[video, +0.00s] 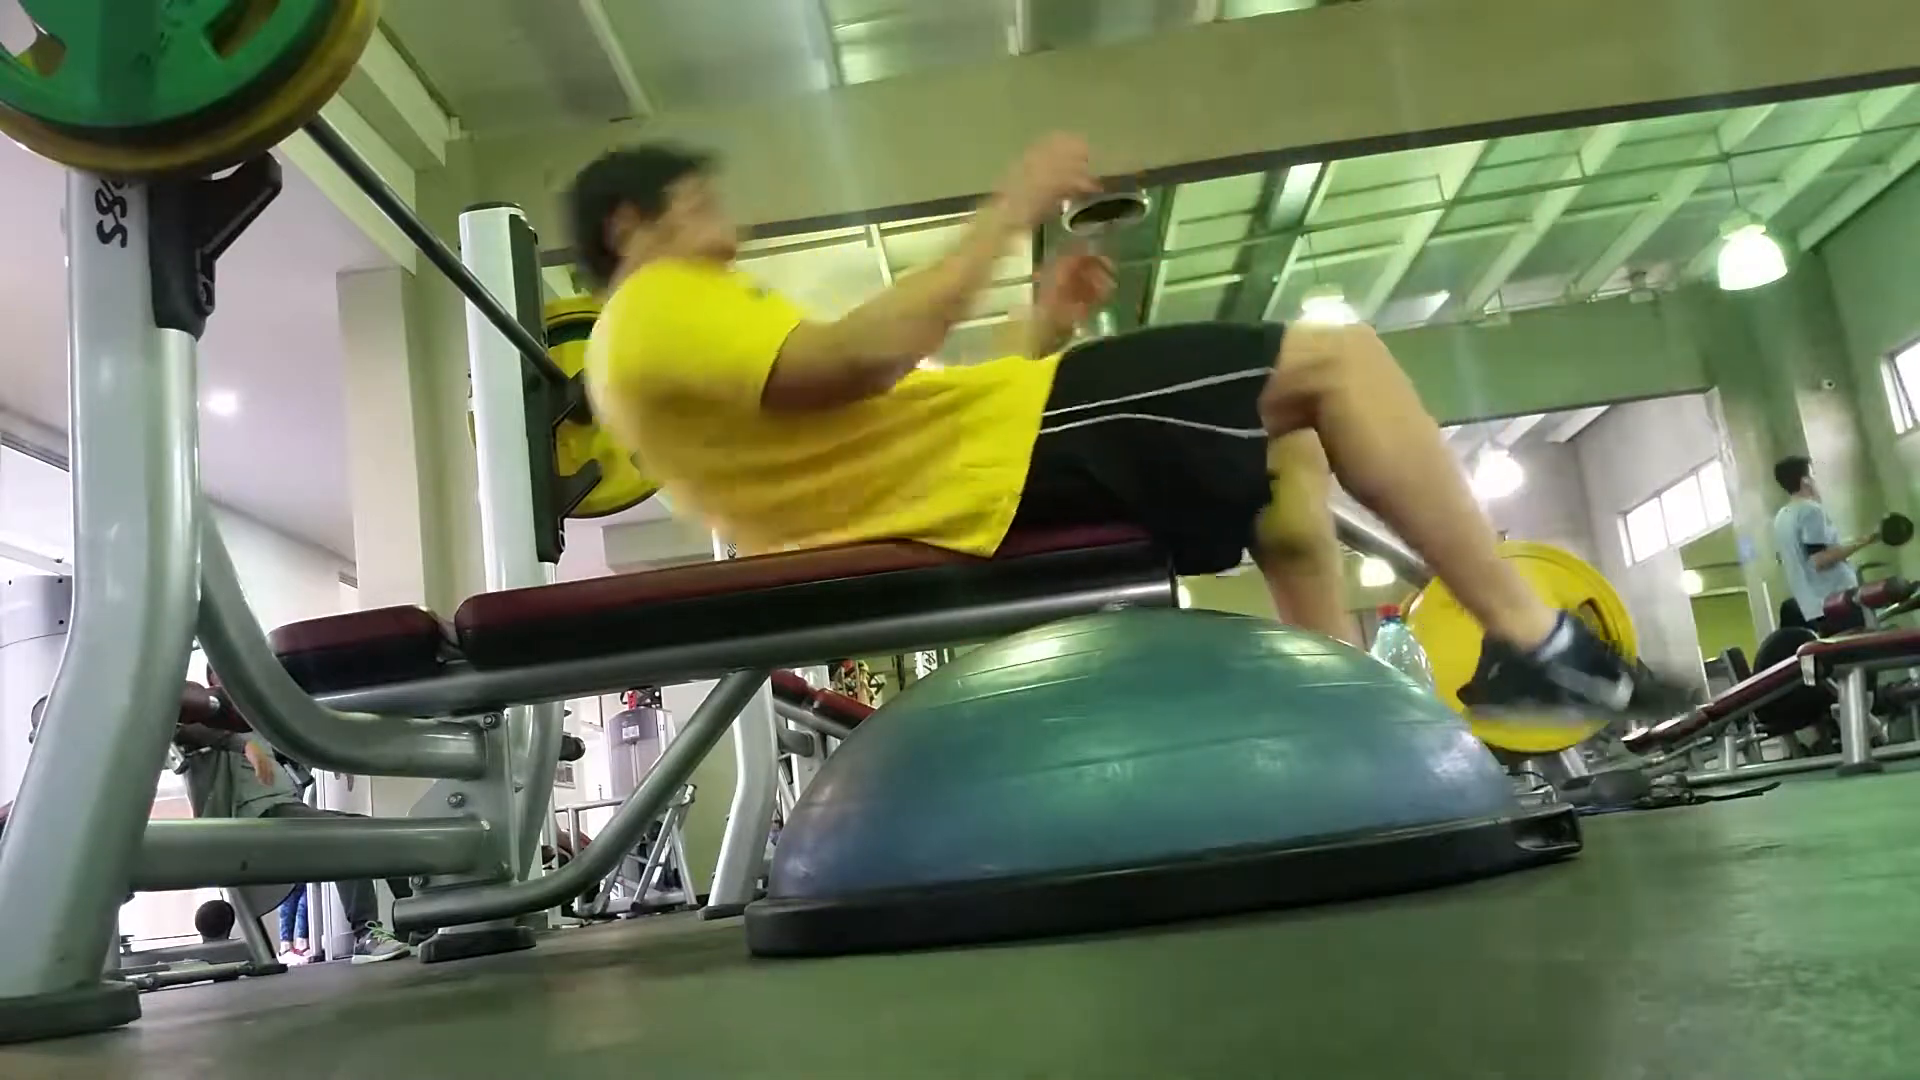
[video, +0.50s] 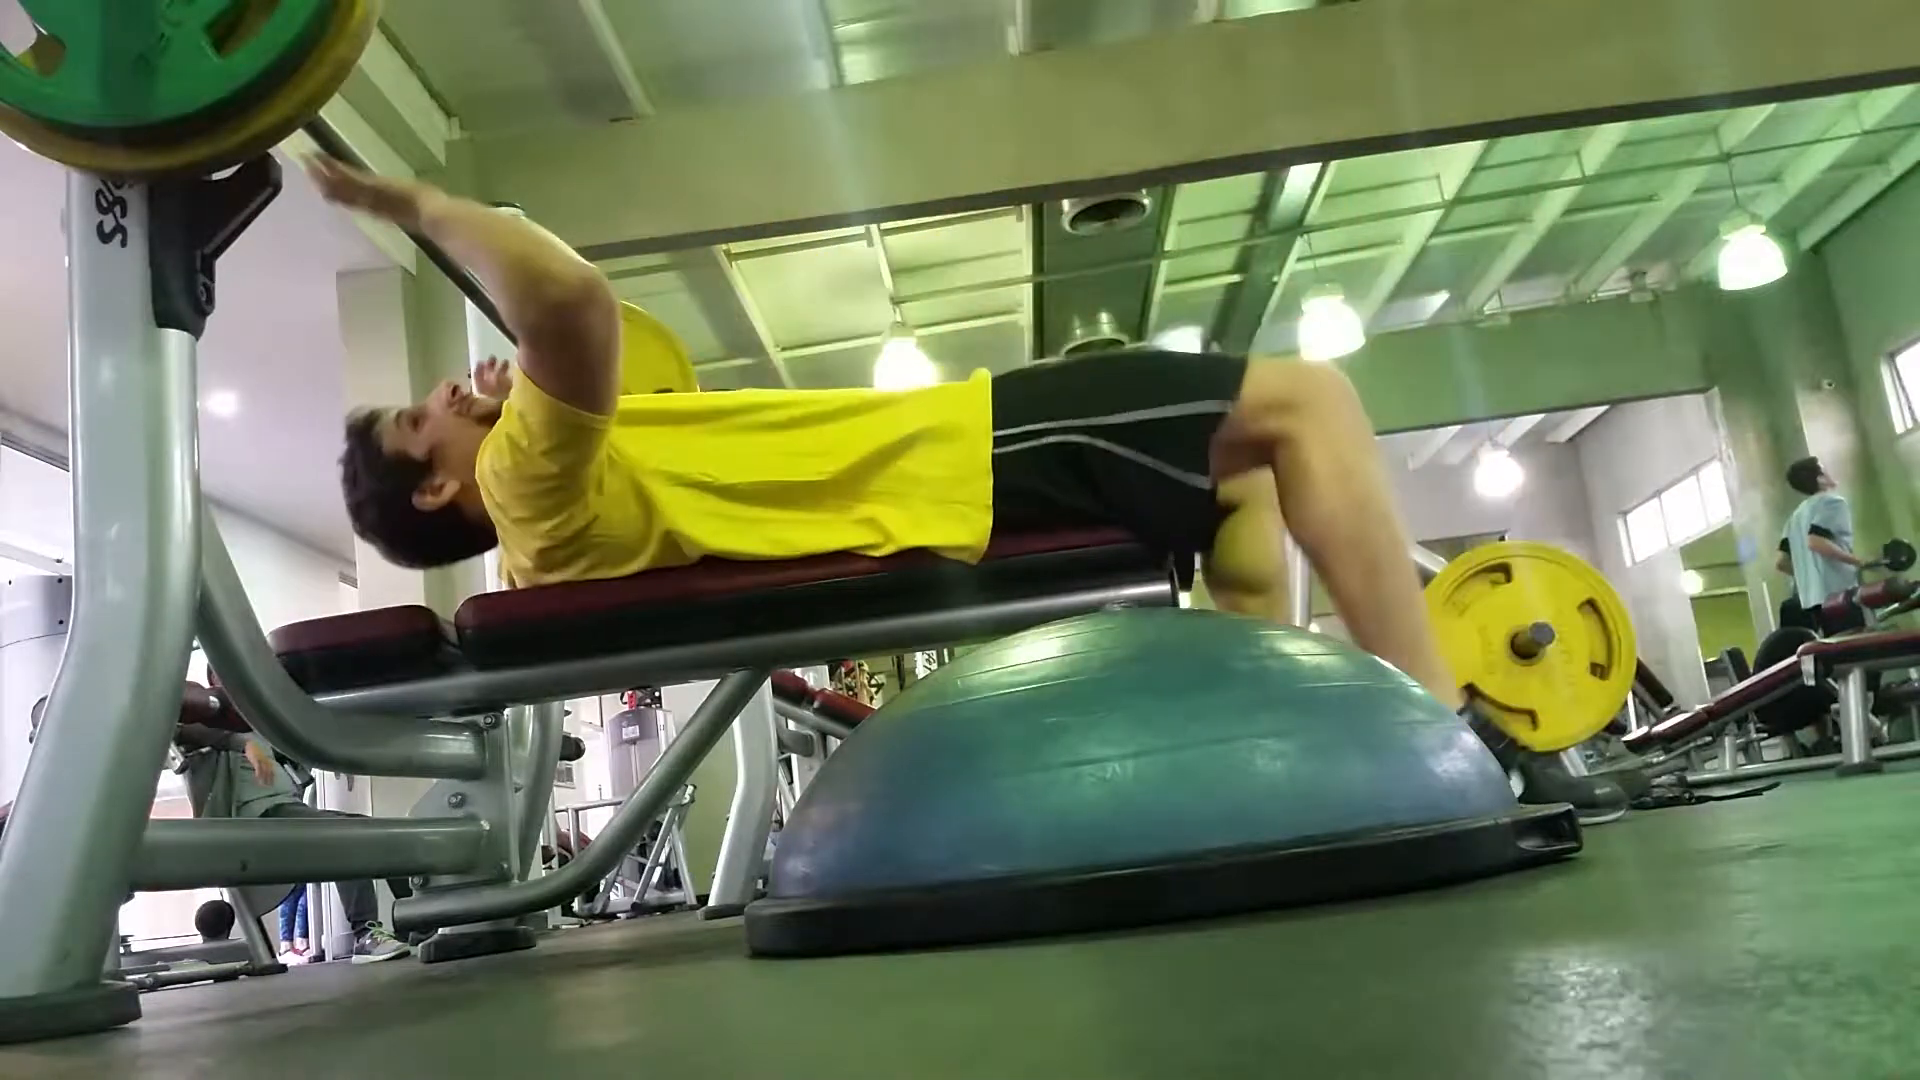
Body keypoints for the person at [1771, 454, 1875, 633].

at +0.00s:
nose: (1816, 479)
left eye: (1813, 474)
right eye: (1812, 474)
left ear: (1786, 485)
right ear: (1804, 481)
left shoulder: (1782, 516)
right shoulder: (1810, 511)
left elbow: (1783, 560)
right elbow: (1819, 559)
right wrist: (1861, 542)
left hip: (1813, 609)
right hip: (1837, 606)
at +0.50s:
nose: (1829, 473)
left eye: (1824, 469)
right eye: (1823, 470)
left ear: (1802, 486)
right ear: (1818, 477)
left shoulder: (1794, 517)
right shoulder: (1832, 502)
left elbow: (1782, 563)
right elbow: (1815, 541)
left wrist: (1811, 575)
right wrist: (1857, 561)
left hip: (1812, 603)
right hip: (1840, 598)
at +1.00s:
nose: (1811, 489)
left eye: (1811, 482)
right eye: (1809, 482)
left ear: (1782, 484)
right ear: (1797, 481)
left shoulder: (1770, 520)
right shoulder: (1805, 513)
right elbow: (1835, 558)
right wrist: (1867, 531)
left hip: (1810, 608)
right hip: (1837, 601)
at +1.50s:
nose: (1814, 491)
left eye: (1815, 486)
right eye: (1809, 486)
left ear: (1790, 486)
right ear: (1790, 486)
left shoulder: (1770, 522)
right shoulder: (1804, 516)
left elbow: (1777, 564)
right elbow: (1823, 561)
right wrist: (1847, 531)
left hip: (1805, 612)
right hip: (1835, 606)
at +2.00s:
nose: (1826, 491)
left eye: (1827, 486)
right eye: (1821, 485)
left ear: (1801, 483)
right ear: (1802, 482)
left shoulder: (1777, 518)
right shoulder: (1811, 510)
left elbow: (1773, 571)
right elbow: (1805, 556)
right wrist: (1853, 564)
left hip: (1801, 615)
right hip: (1831, 609)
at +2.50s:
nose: (1814, 498)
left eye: (1815, 492)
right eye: (1813, 492)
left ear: (1783, 489)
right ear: (1802, 489)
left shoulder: (1766, 520)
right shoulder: (1803, 513)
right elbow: (1830, 557)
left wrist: (1839, 532)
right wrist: (1860, 528)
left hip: (1807, 610)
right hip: (1837, 605)